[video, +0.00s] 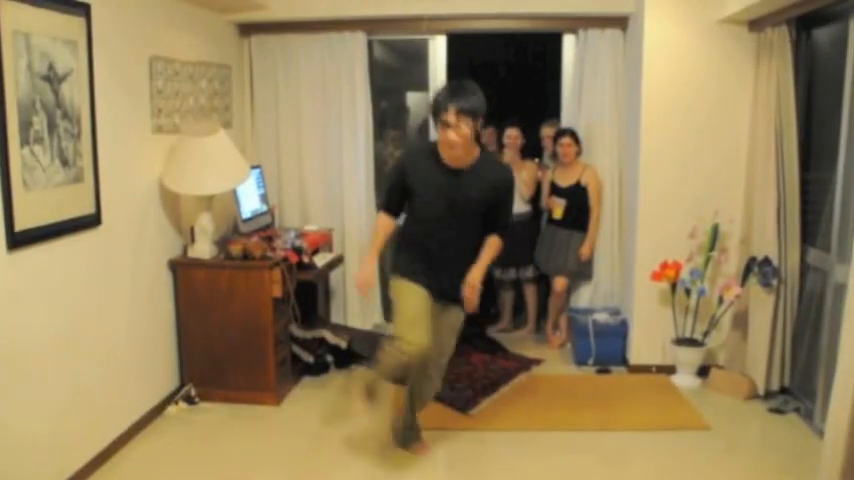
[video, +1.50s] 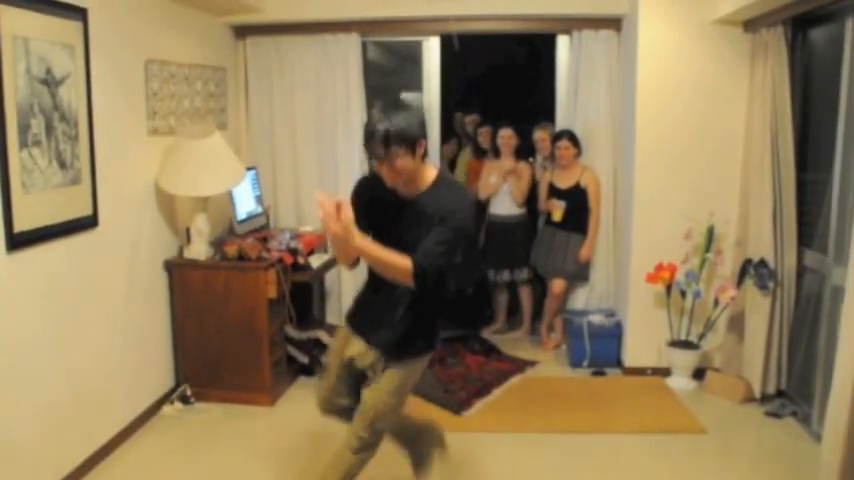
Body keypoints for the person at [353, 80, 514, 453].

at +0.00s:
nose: (453, 135)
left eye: (461, 126)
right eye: (446, 126)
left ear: (477, 127)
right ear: (435, 125)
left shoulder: (496, 175)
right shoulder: (415, 160)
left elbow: (497, 232)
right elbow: (389, 211)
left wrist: (475, 276)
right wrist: (370, 260)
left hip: (459, 277)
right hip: (412, 265)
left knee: (435, 361)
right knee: (415, 343)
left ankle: (408, 421)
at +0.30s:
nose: (405, 139)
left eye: (413, 131)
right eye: (403, 130)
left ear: (442, 130)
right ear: (403, 129)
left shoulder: (469, 184)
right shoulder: (410, 165)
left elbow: (451, 254)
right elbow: (394, 218)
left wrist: (395, 239)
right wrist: (354, 221)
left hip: (434, 303)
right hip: (394, 286)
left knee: (403, 383)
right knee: (364, 347)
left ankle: (375, 451)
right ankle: (452, 386)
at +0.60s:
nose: (401, 110)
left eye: (411, 101)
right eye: (397, 102)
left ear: (436, 106)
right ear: (393, 109)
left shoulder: (469, 150)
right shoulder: (394, 163)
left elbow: (473, 218)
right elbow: (388, 232)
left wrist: (435, 196)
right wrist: (356, 203)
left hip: (474, 275)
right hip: (431, 281)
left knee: (431, 342)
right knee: (447, 377)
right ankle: (486, 454)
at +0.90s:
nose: (428, 150)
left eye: (434, 140)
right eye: (417, 144)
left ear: (447, 138)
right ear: (400, 146)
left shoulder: (476, 175)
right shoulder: (389, 186)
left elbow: (484, 241)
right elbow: (399, 252)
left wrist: (448, 218)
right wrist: (426, 207)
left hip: (483, 312)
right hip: (429, 319)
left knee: (509, 395)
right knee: (463, 413)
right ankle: (500, 475)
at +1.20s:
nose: (413, 116)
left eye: (424, 107)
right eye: (407, 106)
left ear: (448, 113)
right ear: (400, 112)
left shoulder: (473, 167)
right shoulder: (387, 159)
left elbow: (460, 233)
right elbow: (369, 229)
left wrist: (442, 192)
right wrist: (359, 194)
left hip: (437, 285)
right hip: (390, 271)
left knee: (418, 386)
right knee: (383, 353)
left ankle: (399, 459)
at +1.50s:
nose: (384, 170)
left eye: (392, 160)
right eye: (378, 161)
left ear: (419, 149)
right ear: (371, 157)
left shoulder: (457, 206)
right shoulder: (371, 189)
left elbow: (420, 275)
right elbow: (350, 259)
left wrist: (354, 239)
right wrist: (339, 228)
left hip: (409, 339)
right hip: (365, 318)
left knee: (364, 433)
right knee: (333, 400)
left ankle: (330, 475)